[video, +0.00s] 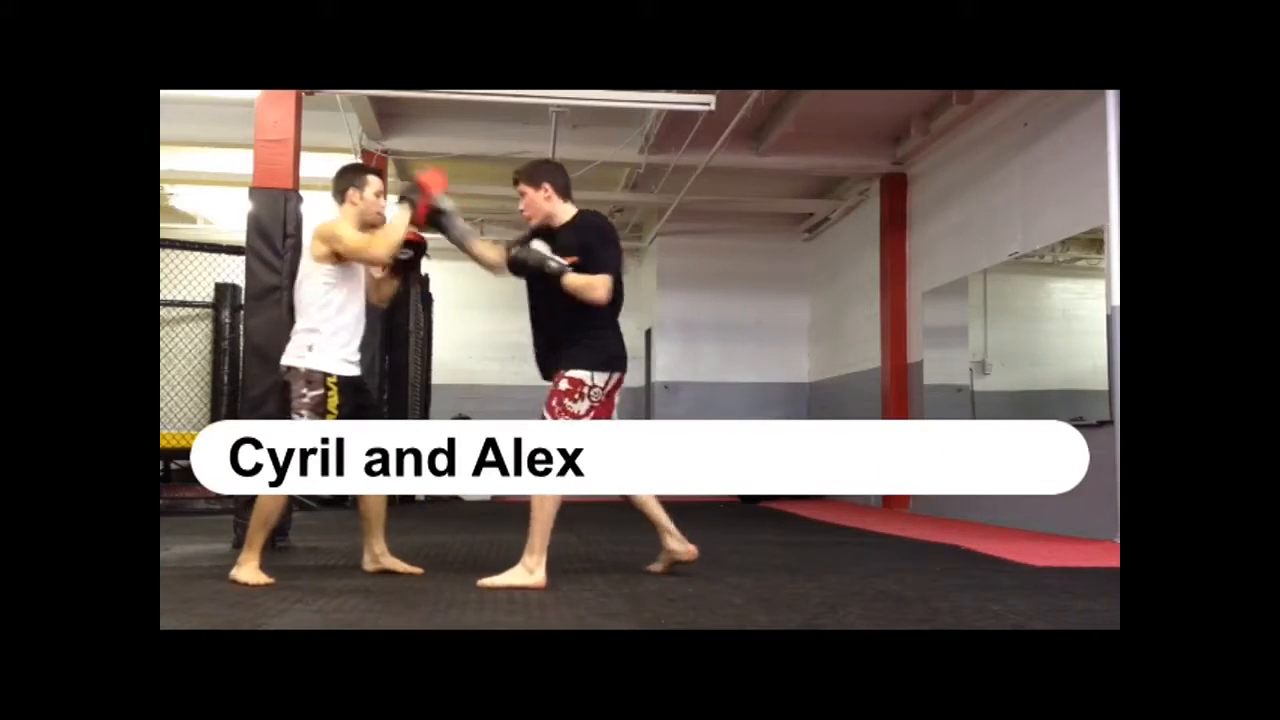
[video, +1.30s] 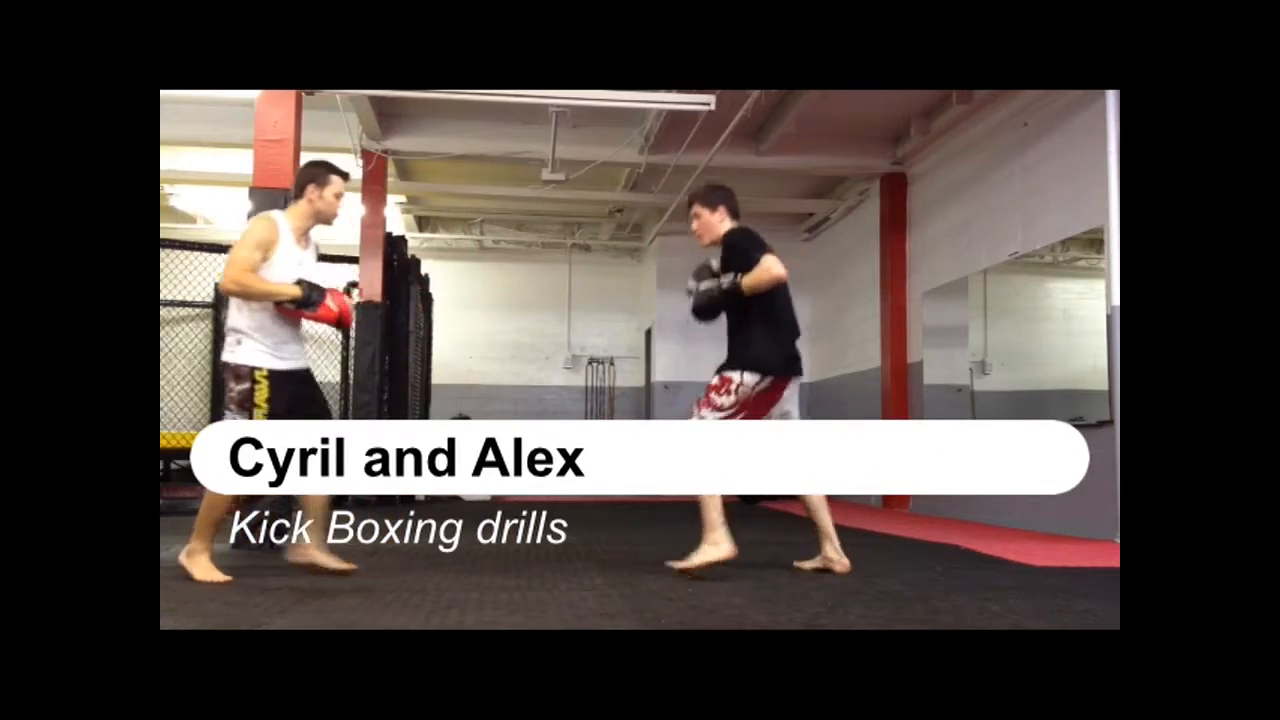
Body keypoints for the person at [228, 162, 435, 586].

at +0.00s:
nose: (385, 204)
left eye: (385, 196)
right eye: (378, 195)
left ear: (361, 198)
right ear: (353, 196)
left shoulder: (361, 243)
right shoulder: (329, 232)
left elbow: (379, 296)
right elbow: (379, 250)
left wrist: (402, 258)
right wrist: (406, 211)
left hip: (346, 368)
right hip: (313, 366)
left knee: (374, 458)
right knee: (291, 463)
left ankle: (376, 551)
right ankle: (248, 560)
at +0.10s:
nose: (378, 203)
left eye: (378, 195)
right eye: (371, 194)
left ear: (356, 199)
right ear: (344, 195)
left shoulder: (359, 241)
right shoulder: (311, 230)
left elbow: (381, 292)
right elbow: (340, 264)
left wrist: (415, 265)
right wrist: (391, 229)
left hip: (345, 367)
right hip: (305, 366)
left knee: (382, 453)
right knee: (286, 461)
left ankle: (379, 546)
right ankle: (247, 560)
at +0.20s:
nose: (366, 204)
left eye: (367, 197)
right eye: (360, 196)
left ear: (342, 198)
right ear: (334, 195)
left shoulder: (350, 242)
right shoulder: (289, 232)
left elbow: (374, 293)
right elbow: (290, 290)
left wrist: (420, 299)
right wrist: (352, 263)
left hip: (349, 368)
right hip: (301, 369)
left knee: (394, 448)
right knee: (280, 464)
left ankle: (386, 538)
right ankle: (247, 560)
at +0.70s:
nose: (376, 200)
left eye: (377, 192)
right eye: (370, 191)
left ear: (354, 194)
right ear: (342, 191)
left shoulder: (361, 237)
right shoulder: (299, 232)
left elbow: (393, 271)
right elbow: (272, 289)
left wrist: (417, 238)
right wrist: (334, 281)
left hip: (352, 366)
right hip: (305, 364)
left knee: (369, 457)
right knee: (281, 461)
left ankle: (363, 548)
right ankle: (246, 560)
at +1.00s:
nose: (382, 212)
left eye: (383, 204)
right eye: (377, 203)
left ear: (354, 202)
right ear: (350, 199)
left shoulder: (357, 243)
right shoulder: (300, 233)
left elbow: (380, 280)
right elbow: (270, 289)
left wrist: (409, 269)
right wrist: (334, 289)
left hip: (339, 367)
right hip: (296, 365)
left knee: (359, 456)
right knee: (271, 458)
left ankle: (362, 548)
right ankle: (208, 536)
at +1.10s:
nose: (365, 214)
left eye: (367, 206)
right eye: (361, 204)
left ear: (343, 203)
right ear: (334, 200)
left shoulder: (336, 248)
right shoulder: (287, 235)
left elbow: (324, 302)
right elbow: (261, 291)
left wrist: (367, 300)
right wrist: (326, 295)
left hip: (322, 373)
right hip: (278, 371)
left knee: (352, 458)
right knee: (255, 464)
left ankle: (361, 549)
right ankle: (201, 548)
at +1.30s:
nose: (340, 205)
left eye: (342, 197)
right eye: (337, 196)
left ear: (318, 196)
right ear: (311, 192)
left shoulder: (307, 243)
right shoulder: (267, 226)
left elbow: (289, 295)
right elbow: (232, 280)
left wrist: (327, 303)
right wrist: (297, 293)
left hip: (292, 364)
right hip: (252, 363)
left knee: (323, 449)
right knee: (241, 461)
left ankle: (309, 542)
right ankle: (196, 550)